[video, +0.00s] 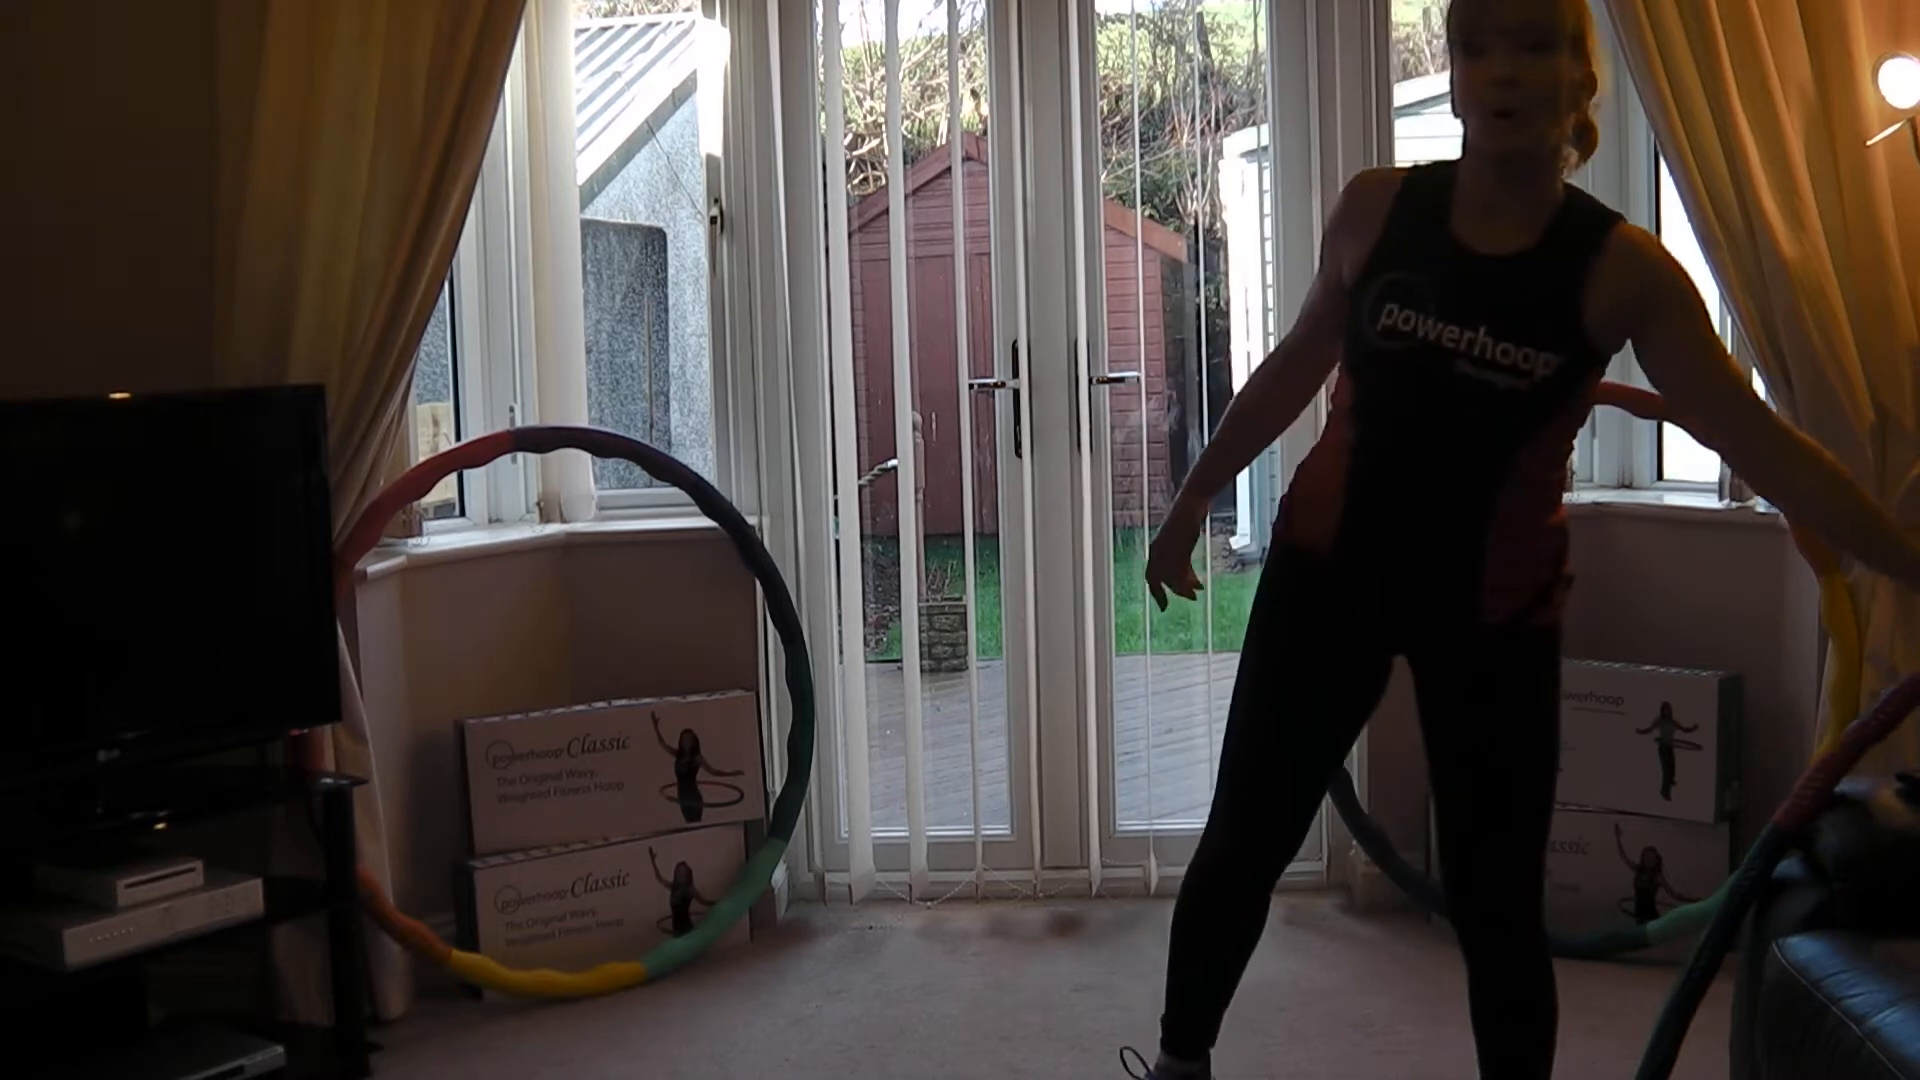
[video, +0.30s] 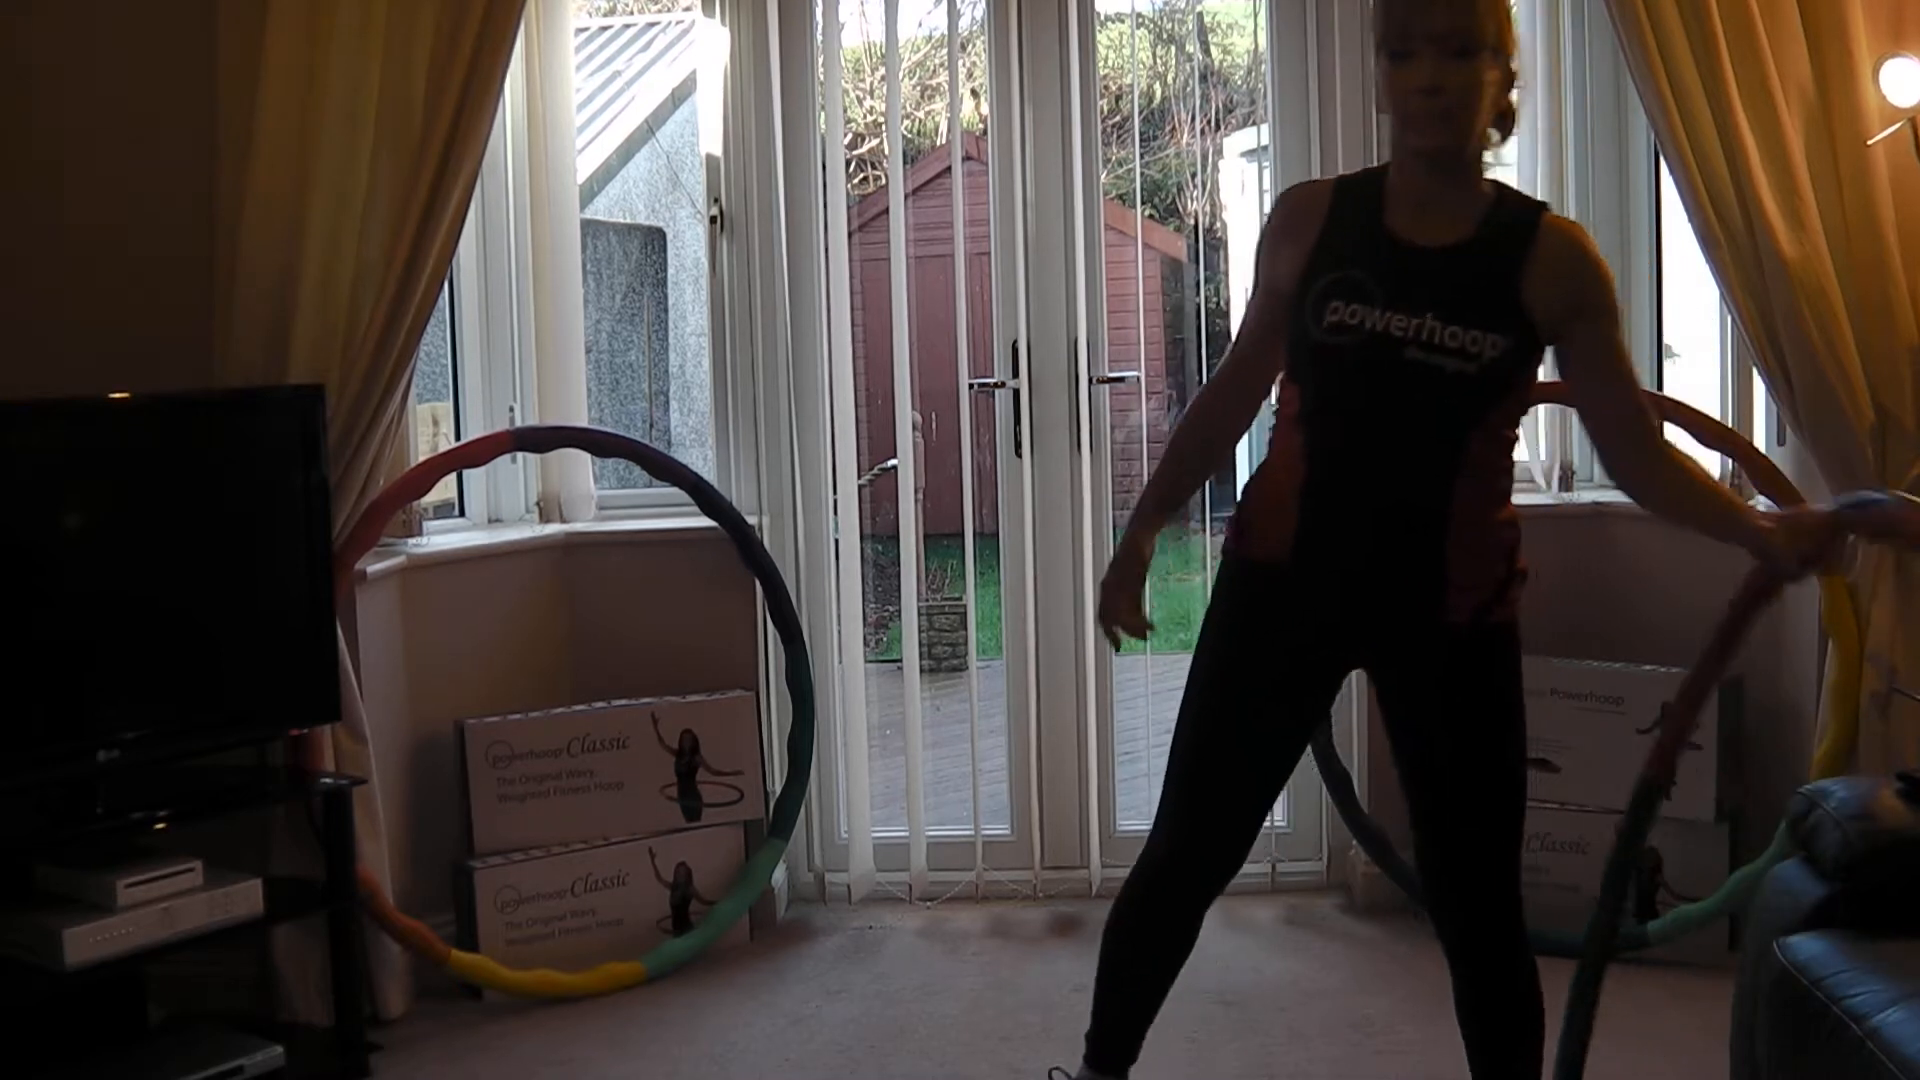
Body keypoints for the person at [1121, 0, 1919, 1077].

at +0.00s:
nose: (1506, 71)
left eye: (1536, 46)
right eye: (1482, 47)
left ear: (1583, 76)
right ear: (1451, 73)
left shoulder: (1628, 275)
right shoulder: (1376, 209)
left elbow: (1763, 450)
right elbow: (1297, 362)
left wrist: (1903, 559)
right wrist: (1192, 500)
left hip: (1490, 602)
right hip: (1330, 572)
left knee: (1497, 907)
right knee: (1241, 845)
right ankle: (1180, 1060)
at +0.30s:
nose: (1429, 76)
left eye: (1458, 52)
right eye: (1404, 52)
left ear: (1503, 82)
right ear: (1377, 76)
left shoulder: (1553, 260)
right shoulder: (1311, 222)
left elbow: (1634, 448)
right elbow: (1236, 391)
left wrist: (1759, 533)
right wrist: (1137, 537)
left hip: (1450, 602)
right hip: (1285, 584)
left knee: (1480, 906)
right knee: (1184, 857)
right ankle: (1100, 1066)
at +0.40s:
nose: (1376, 82)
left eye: (1402, 58)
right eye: (1349, 56)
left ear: (1439, 80)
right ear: (1316, 77)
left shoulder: (1497, 258)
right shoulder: (1256, 236)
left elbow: (1561, 442)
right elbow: (1190, 406)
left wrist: (1654, 501)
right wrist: (1095, 558)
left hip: (1419, 612)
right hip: (1253, 598)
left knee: (1465, 914)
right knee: (1158, 877)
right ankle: (1081, 1072)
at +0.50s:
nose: (1307, 96)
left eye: (1333, 71)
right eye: (1279, 70)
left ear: (1367, 90)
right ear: (1244, 93)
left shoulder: (1423, 261)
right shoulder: (1187, 254)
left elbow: (1476, 450)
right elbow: (1129, 435)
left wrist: (1545, 478)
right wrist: (1037, 585)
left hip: (1366, 618)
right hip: (1202, 613)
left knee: (1434, 912)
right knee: (1126, 895)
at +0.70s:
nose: (1151, 104)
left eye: (1175, 81)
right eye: (1125, 82)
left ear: (1211, 103)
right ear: (1091, 106)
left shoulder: (1276, 253)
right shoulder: (1048, 272)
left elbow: (1340, 433)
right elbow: (994, 447)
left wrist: (1371, 427)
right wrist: (960, 556)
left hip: (1255, 609)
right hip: (1094, 614)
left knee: (1355, 893)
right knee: (1073, 893)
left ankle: (1425, 1074)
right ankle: (1059, 1074)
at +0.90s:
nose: (1070, 108)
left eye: (1091, 85)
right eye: (1042, 87)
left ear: (1123, 104)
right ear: (1005, 110)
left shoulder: (1191, 241)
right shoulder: (965, 275)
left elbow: (1276, 400)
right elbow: (917, 453)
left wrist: (1266, 403)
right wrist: (939, 491)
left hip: (1197, 587)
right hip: (1041, 599)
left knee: (1270, 876)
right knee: (1051, 885)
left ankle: (1259, 1071)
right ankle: (1066, 1078)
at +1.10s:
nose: (1065, 123)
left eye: (1081, 101)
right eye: (1036, 102)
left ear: (1101, 113)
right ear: (988, 119)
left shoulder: (1162, 249)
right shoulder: (944, 275)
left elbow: (1252, 396)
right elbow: (908, 451)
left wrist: (1230, 400)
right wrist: (911, 467)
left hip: (1166, 589)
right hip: (1021, 598)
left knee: (1196, 850)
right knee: (1040, 871)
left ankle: (1104, 1004)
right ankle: (1051, 1075)